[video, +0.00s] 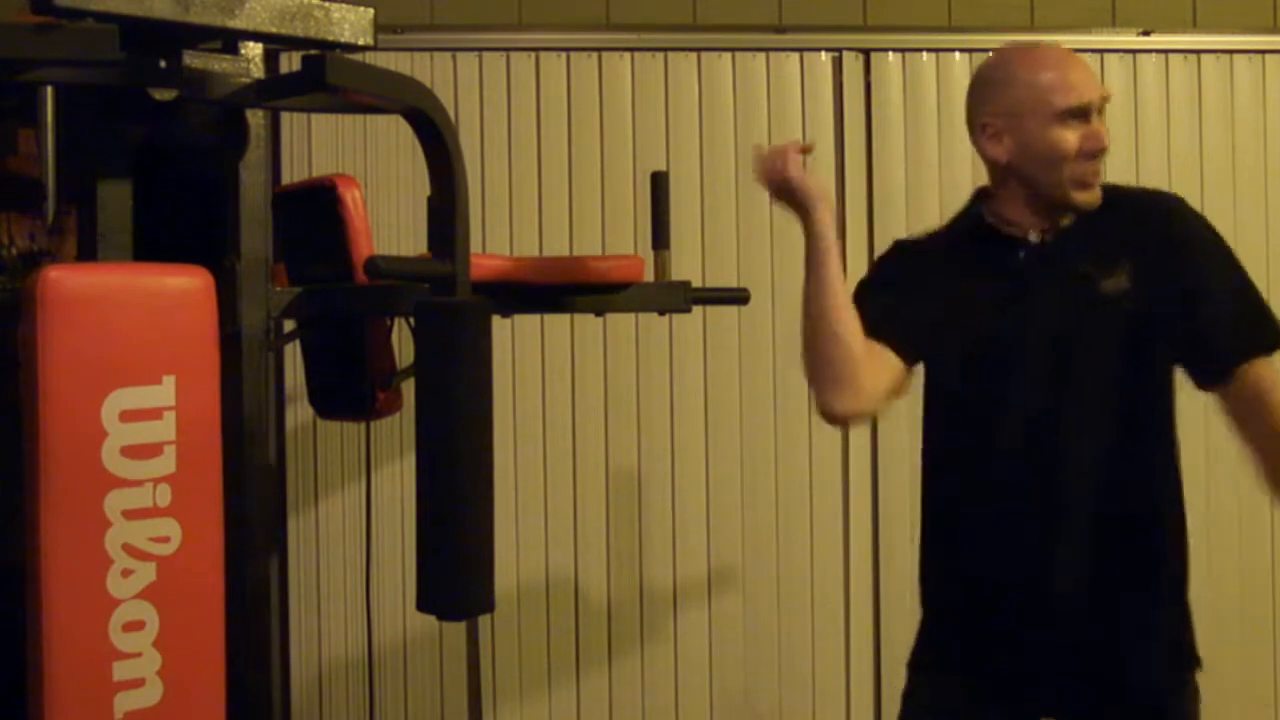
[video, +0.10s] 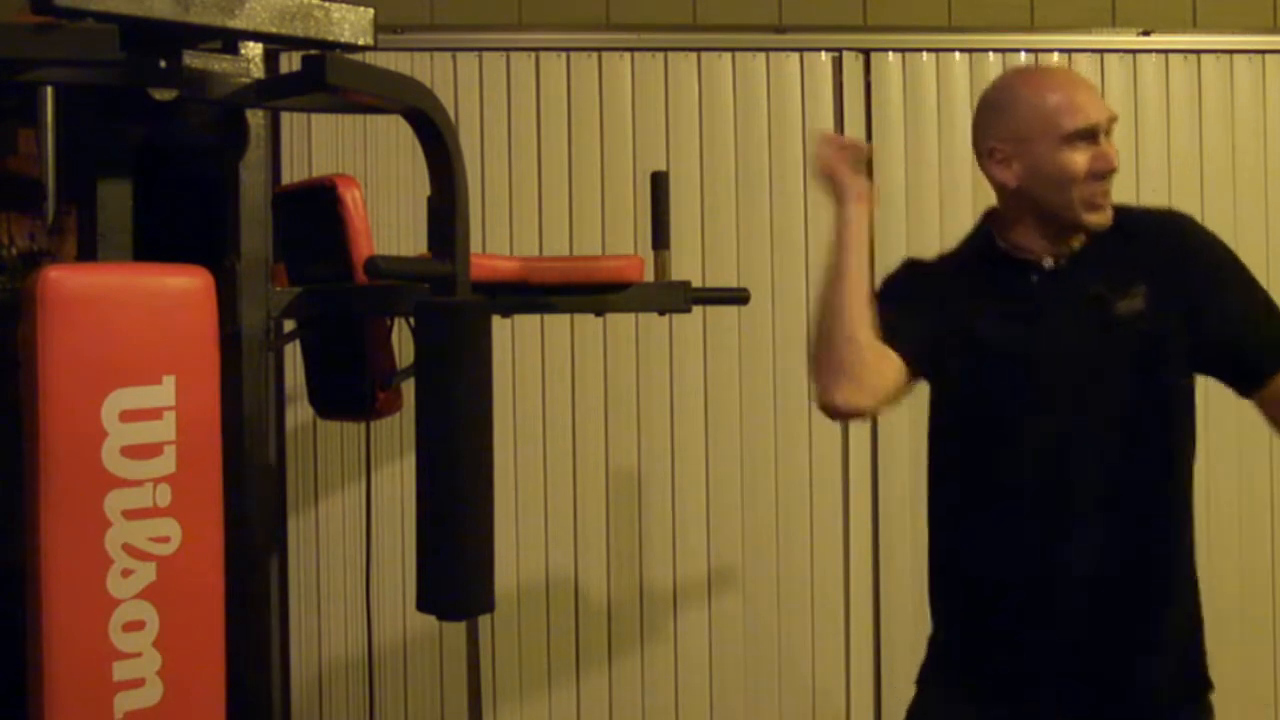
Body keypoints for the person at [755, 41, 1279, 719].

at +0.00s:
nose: (1100, 137)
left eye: (1100, 114)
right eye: (1075, 118)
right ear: (995, 138)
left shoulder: (1159, 235)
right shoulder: (933, 266)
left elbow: (1263, 406)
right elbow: (844, 395)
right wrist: (818, 219)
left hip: (1133, 648)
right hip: (975, 654)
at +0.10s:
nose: (1109, 160)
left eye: (1108, 135)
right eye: (1082, 140)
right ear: (1003, 162)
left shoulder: (1172, 256)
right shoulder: (945, 289)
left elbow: (1276, 390)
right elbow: (845, 390)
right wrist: (852, 206)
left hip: (1150, 675)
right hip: (986, 678)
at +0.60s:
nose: (1093, 126)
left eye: (1096, 101)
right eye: (1061, 104)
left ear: (1105, 108)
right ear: (992, 131)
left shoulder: (1168, 237)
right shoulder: (935, 266)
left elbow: (1279, 365)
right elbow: (820, 375)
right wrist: (841, 192)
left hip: (1150, 657)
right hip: (984, 661)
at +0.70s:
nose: (1077, 155)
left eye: (1080, 131)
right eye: (1048, 137)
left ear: (1090, 133)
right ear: (977, 161)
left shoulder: (1166, 259)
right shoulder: (931, 296)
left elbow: (1275, 378)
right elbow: (802, 384)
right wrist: (828, 226)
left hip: (1150, 671)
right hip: (982, 675)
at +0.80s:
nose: (1076, 173)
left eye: (1079, 149)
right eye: (1047, 155)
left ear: (1088, 150)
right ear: (976, 179)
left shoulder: (1162, 272)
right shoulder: (930, 311)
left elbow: (1275, 384)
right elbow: (803, 399)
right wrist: (836, 239)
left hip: (1151, 681)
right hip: (982, 685)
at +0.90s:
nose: (1088, 145)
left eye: (1088, 121)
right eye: (1058, 126)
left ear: (1096, 124)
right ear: (985, 151)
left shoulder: (1158, 252)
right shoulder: (936, 285)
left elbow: (1272, 361)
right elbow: (835, 394)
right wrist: (859, 225)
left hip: (1149, 665)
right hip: (983, 670)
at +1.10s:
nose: (1125, 115)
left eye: (1127, 92)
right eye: (1093, 95)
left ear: (1135, 100)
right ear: (1025, 120)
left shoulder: (1165, 222)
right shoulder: (945, 248)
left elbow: (1258, 332)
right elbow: (862, 405)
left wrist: (1175, 380)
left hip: (1138, 614)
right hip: (984, 617)